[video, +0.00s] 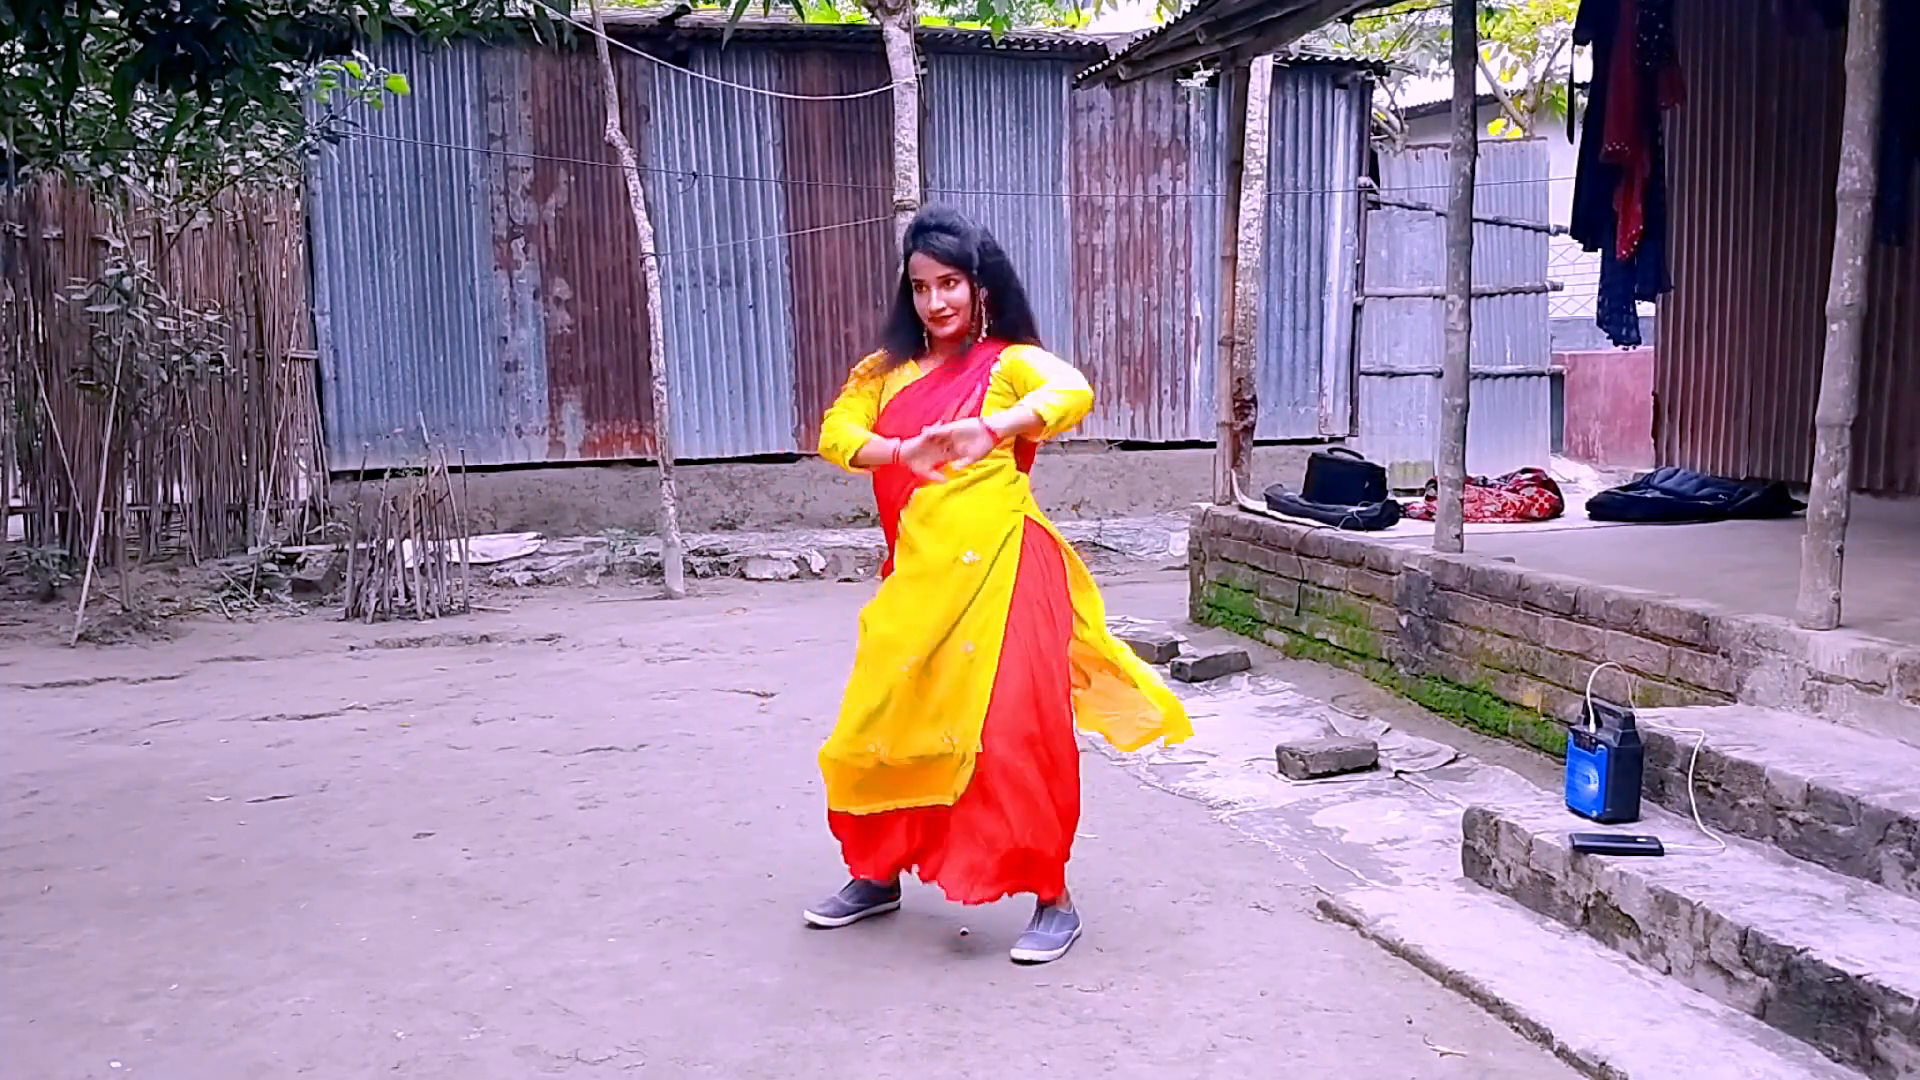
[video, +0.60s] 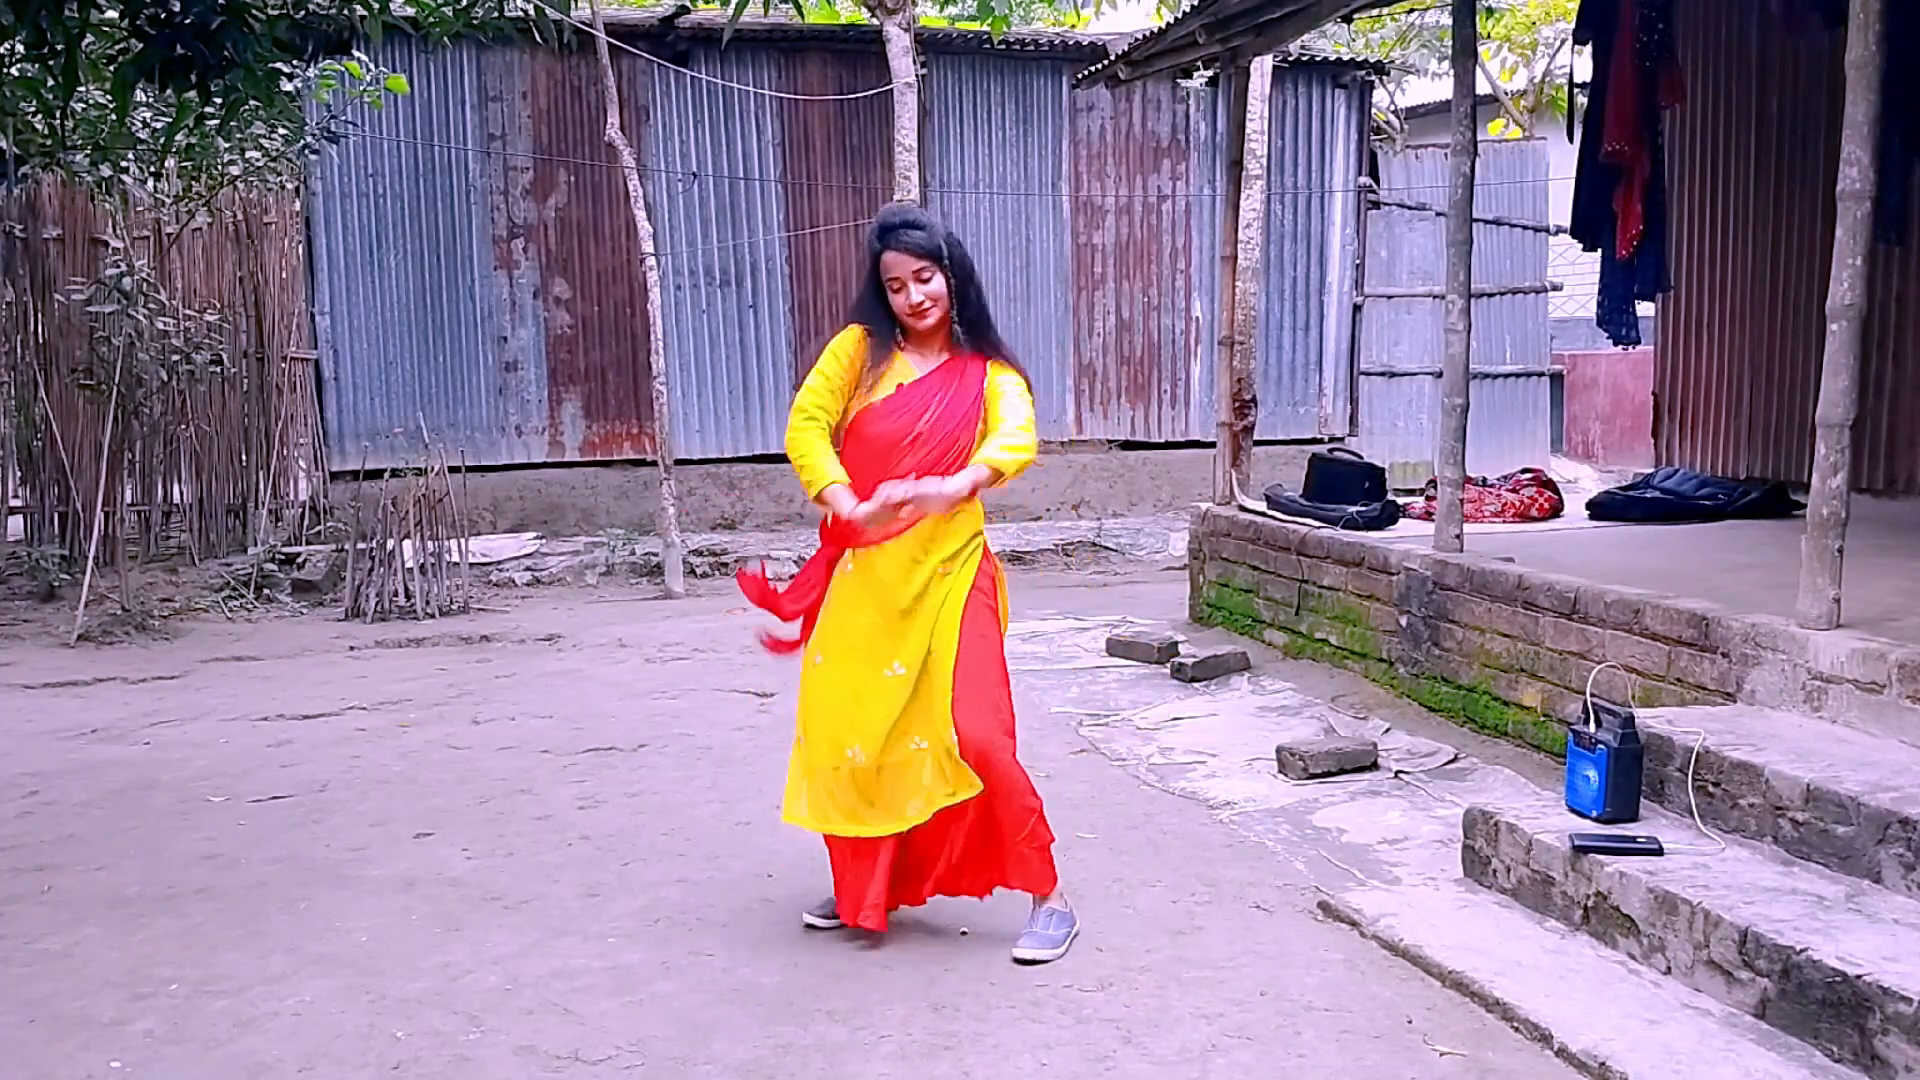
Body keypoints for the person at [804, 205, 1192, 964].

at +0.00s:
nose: (934, 301)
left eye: (949, 285)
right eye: (921, 287)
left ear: (981, 287)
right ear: (908, 292)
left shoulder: (1009, 360)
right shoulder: (885, 372)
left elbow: (1073, 392)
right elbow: (834, 436)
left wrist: (994, 426)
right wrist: (901, 450)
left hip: (1008, 568)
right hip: (917, 576)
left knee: (1020, 726)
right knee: (877, 717)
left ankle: (1053, 902)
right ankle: (876, 877)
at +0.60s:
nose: (915, 295)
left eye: (926, 276)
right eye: (897, 284)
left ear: (952, 275)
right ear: (882, 291)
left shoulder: (992, 374)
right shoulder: (859, 347)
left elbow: (1015, 443)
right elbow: (805, 424)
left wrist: (954, 487)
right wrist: (843, 504)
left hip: (952, 573)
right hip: (863, 573)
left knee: (979, 733)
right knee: (848, 729)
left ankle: (1048, 901)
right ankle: (861, 896)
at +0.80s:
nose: (899, 301)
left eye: (912, 284)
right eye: (888, 288)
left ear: (949, 280)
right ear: (879, 291)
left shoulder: (999, 362)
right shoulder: (882, 364)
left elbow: (940, 435)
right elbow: (817, 385)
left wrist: (823, 445)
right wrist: (774, 396)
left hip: (948, 583)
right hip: (864, 579)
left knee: (935, 750)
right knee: (823, 726)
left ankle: (1041, 900)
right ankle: (873, 875)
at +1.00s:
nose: (914, 305)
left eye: (928, 288)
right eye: (903, 291)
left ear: (963, 284)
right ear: (894, 292)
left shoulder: (1003, 345)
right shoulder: (911, 381)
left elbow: (945, 386)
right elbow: (855, 481)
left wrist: (856, 372)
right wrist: (828, 419)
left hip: (984, 570)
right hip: (912, 572)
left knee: (943, 756)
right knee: (858, 716)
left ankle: (1043, 903)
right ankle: (873, 879)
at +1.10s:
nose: (925, 287)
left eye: (942, 272)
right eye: (914, 271)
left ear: (975, 272)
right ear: (903, 272)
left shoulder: (1007, 338)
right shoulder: (909, 371)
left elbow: (966, 404)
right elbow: (884, 477)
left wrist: (870, 441)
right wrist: (854, 475)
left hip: (997, 550)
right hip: (927, 553)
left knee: (991, 721)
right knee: (889, 704)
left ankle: (1054, 898)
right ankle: (874, 872)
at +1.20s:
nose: (935, 281)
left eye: (950, 266)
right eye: (924, 267)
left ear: (984, 273)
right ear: (913, 277)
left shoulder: (1006, 352)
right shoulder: (908, 371)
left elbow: (1040, 413)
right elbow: (857, 450)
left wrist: (951, 474)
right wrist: (871, 478)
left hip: (1006, 565)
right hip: (929, 569)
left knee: (1016, 728)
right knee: (867, 719)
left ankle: (1056, 901)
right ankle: (879, 875)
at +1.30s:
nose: (930, 264)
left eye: (947, 250)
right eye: (921, 251)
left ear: (982, 260)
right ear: (912, 262)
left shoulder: (1006, 346)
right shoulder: (891, 356)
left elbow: (1054, 412)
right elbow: (839, 445)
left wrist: (955, 447)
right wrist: (876, 456)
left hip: (1003, 558)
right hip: (920, 563)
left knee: (1029, 722)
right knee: (863, 708)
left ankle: (1051, 899)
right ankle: (875, 871)